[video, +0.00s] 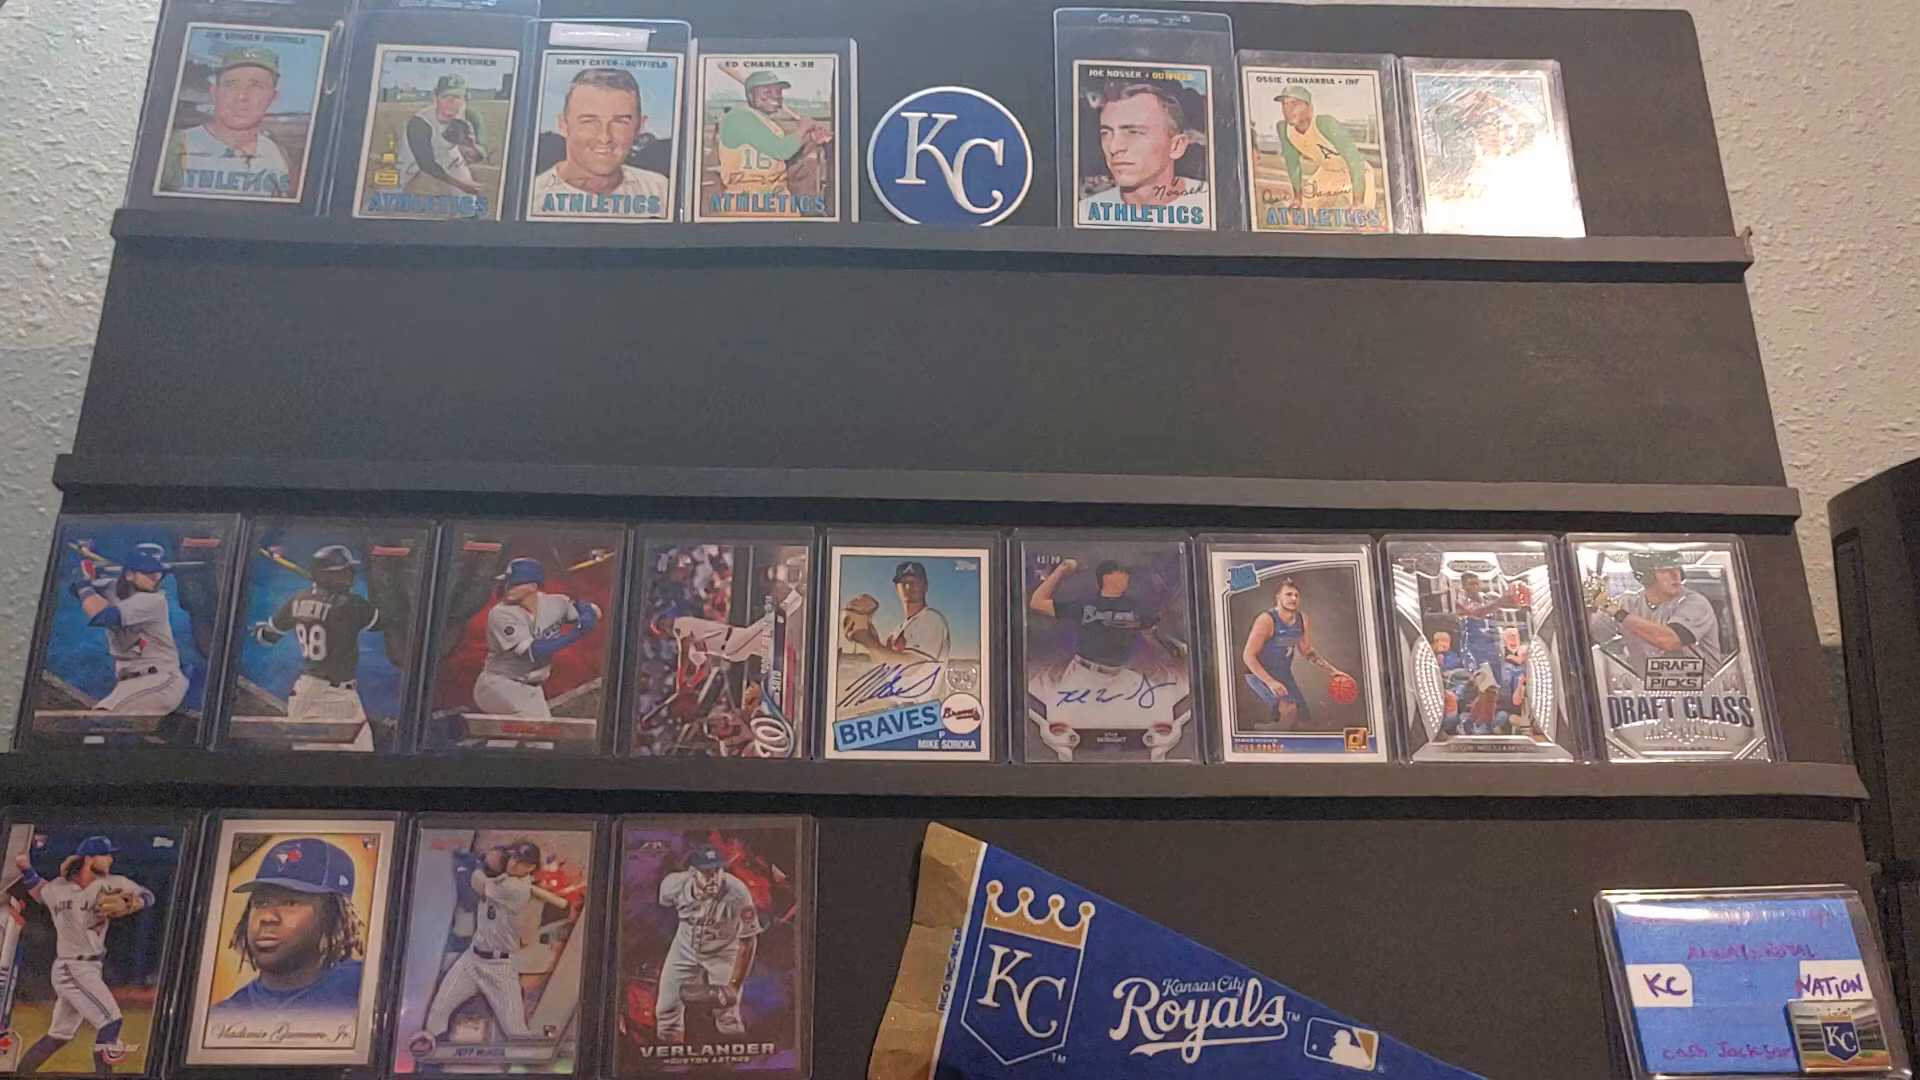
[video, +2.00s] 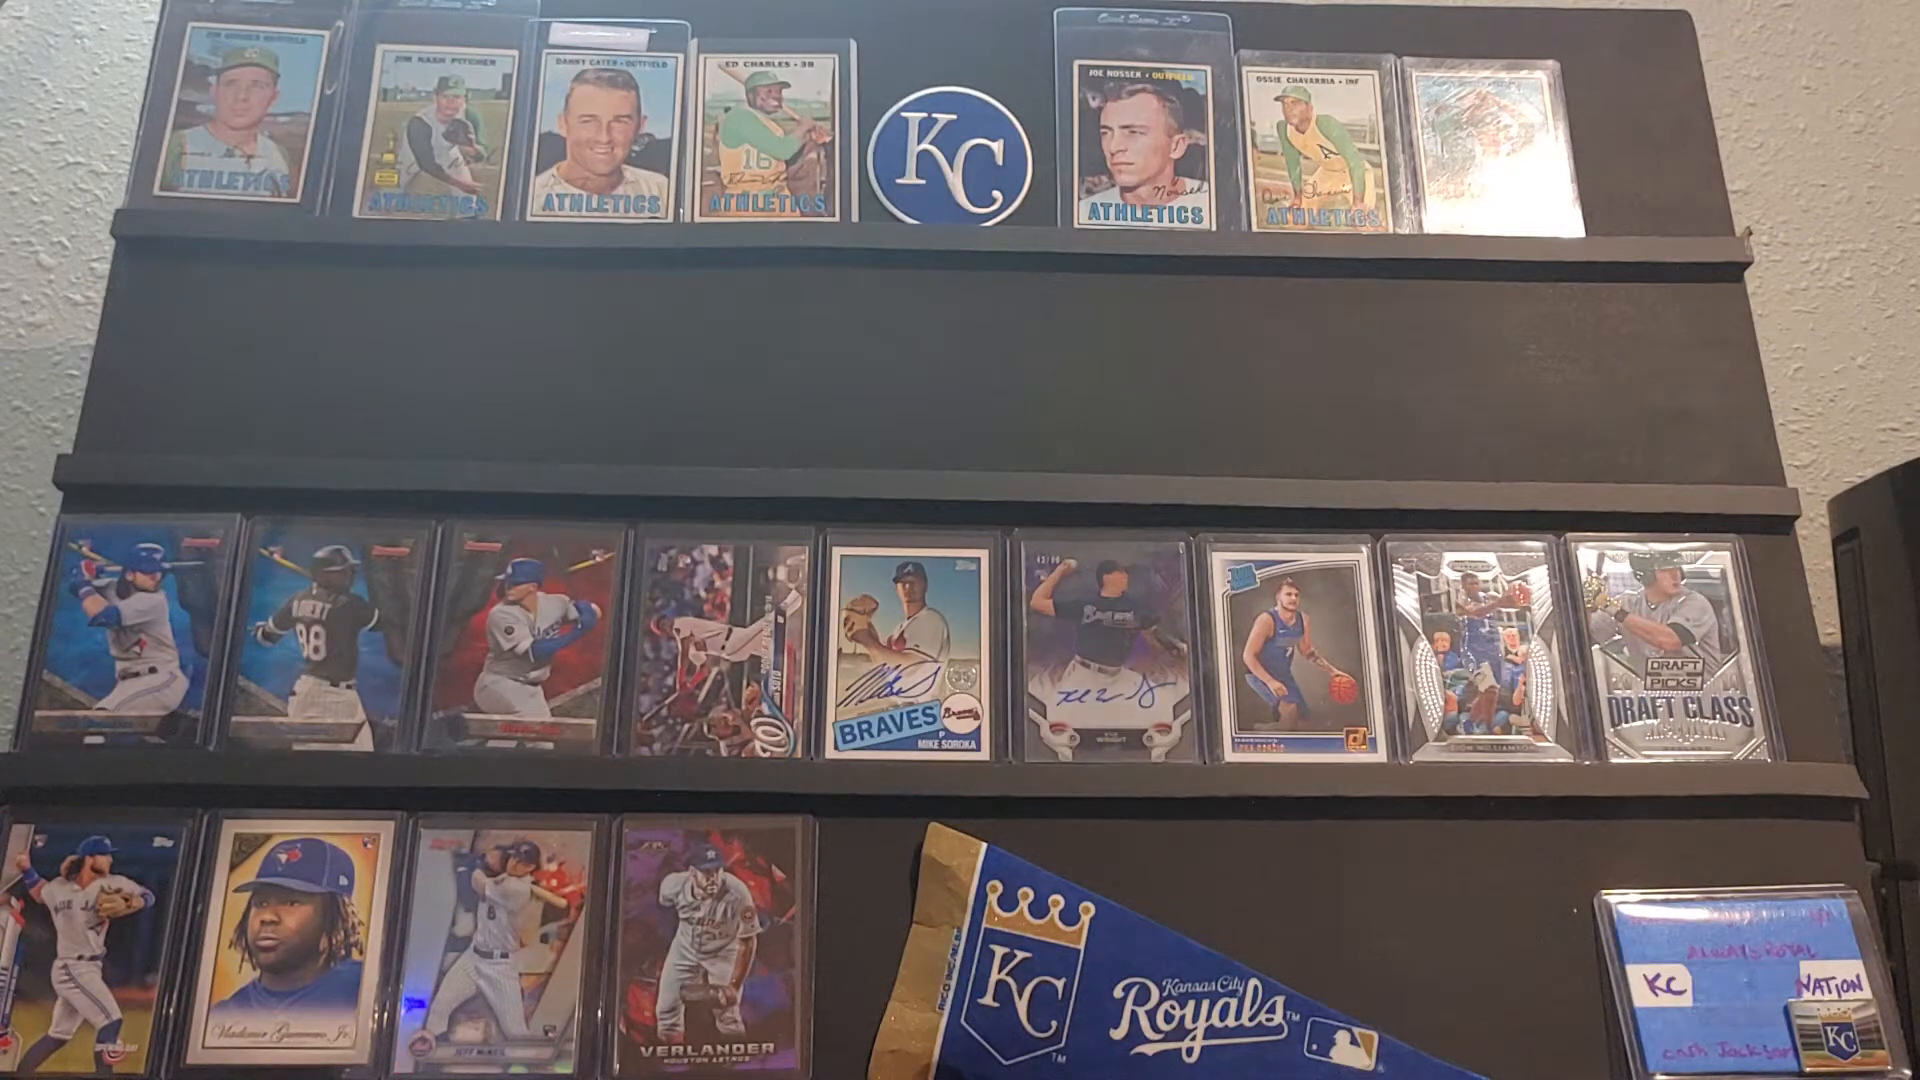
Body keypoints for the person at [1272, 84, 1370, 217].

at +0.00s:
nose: (1288, 109)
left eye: (1294, 104)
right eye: (1284, 104)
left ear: (1309, 108)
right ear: (1281, 108)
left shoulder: (1326, 123)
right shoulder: (1283, 129)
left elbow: (1354, 160)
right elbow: (1292, 164)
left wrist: (1358, 203)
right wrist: (1297, 198)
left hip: (1355, 173)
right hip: (1326, 172)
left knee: (1360, 218)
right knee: (1303, 208)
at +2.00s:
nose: (1289, 109)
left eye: (1294, 103)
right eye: (1285, 104)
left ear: (1309, 108)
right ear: (1281, 108)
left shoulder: (1327, 124)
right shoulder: (1283, 129)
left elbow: (1355, 162)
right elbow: (1293, 164)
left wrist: (1358, 203)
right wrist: (1297, 197)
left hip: (1355, 173)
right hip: (1327, 172)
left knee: (1362, 220)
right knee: (1301, 209)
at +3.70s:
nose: (1288, 109)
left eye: (1294, 104)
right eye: (1284, 104)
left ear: (1309, 108)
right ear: (1281, 108)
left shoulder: (1326, 124)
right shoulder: (1284, 128)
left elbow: (1355, 161)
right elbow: (1292, 163)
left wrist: (1358, 202)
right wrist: (1297, 197)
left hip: (1354, 172)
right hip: (1327, 171)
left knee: (1361, 217)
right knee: (1303, 207)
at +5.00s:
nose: (1288, 109)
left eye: (1294, 103)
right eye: (1285, 104)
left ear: (1308, 107)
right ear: (1282, 108)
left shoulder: (1326, 123)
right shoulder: (1283, 128)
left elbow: (1355, 159)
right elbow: (1292, 162)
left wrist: (1358, 203)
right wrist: (1297, 196)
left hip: (1354, 172)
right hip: (1326, 172)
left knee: (1361, 218)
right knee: (1304, 210)